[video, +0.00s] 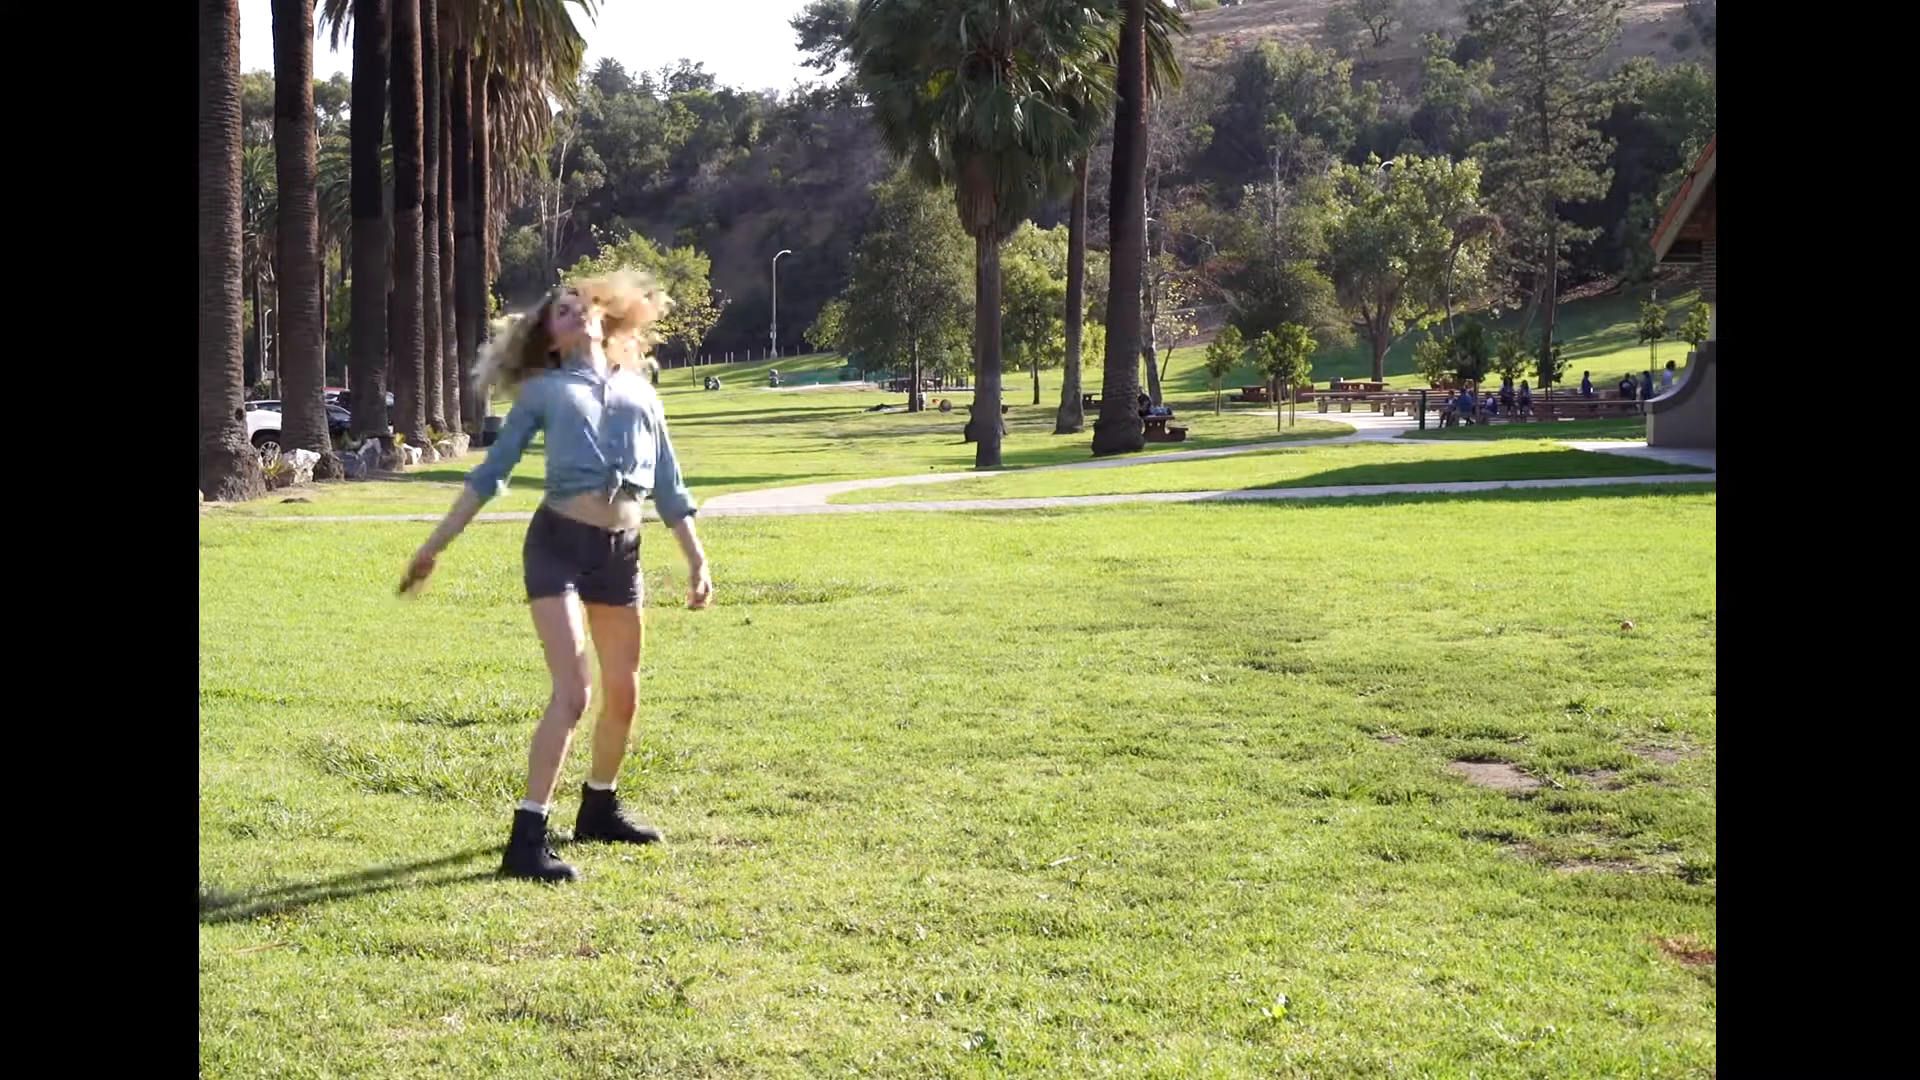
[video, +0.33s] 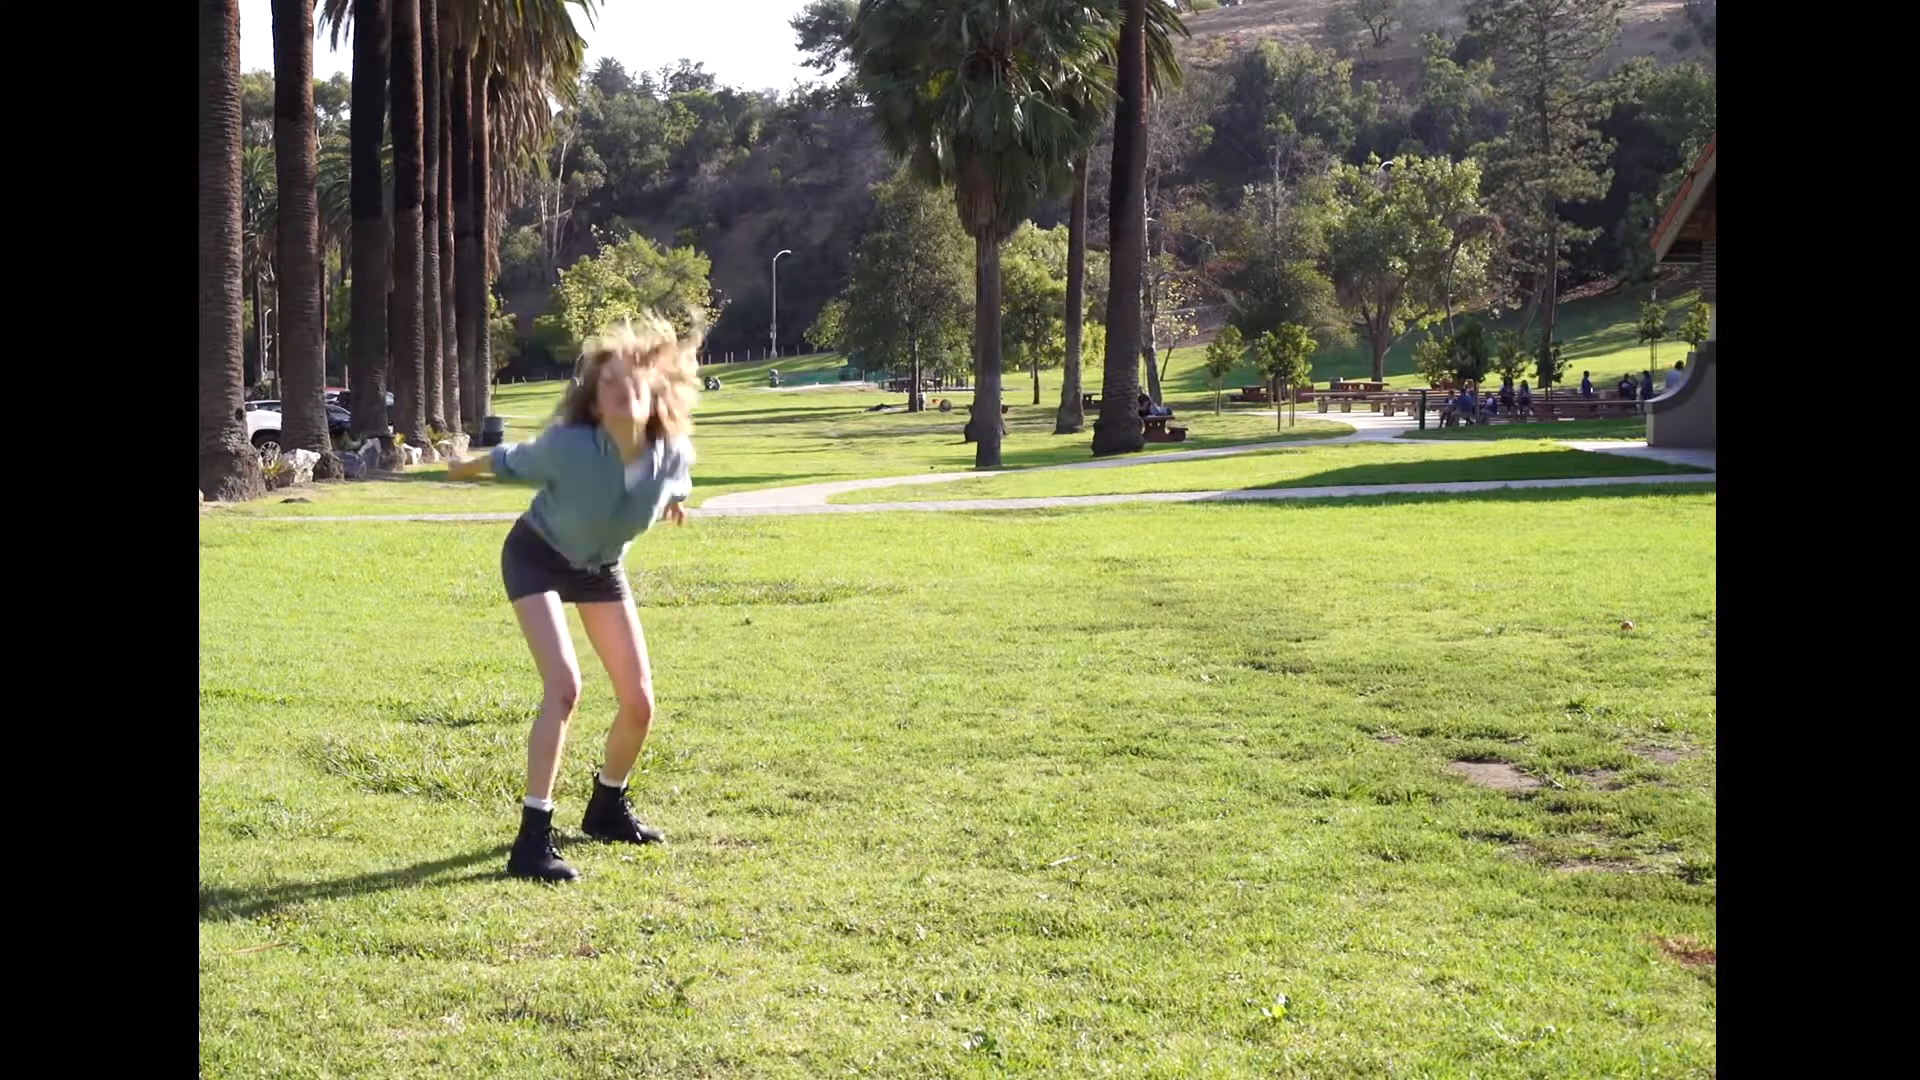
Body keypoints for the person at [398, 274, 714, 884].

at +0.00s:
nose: (572, 305)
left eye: (577, 300)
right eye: (559, 309)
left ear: (601, 317)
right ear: (551, 341)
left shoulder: (640, 388)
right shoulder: (545, 386)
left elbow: (666, 479)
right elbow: (492, 471)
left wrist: (696, 558)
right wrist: (434, 545)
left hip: (620, 551)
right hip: (557, 544)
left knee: (623, 696)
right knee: (574, 693)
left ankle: (599, 810)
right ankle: (527, 839)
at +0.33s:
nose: (623, 388)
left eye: (633, 377)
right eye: (610, 380)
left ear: (653, 390)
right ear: (594, 396)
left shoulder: (671, 450)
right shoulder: (568, 446)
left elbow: (675, 480)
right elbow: (505, 461)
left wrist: (675, 504)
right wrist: (460, 465)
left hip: (601, 565)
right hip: (535, 552)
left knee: (639, 704)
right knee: (563, 687)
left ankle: (606, 809)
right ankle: (533, 840)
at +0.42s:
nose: (635, 463)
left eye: (646, 448)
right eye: (621, 449)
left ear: (665, 456)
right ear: (600, 456)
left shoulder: (673, 500)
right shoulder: (561, 489)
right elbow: (500, 470)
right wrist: (456, 451)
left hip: (595, 569)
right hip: (531, 558)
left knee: (639, 704)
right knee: (565, 686)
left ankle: (606, 809)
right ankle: (534, 841)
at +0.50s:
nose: (641, 546)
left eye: (650, 534)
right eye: (629, 534)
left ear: (664, 528)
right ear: (603, 524)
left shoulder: (653, 548)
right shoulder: (553, 530)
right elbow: (499, 480)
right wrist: (456, 439)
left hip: (589, 582)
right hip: (524, 567)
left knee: (641, 708)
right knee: (553, 690)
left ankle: (602, 811)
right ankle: (530, 843)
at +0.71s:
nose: (628, 598)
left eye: (640, 587)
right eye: (622, 584)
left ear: (664, 552)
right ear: (599, 547)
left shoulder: (674, 523)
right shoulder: (555, 508)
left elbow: (700, 473)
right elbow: (510, 448)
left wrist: (717, 425)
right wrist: (476, 389)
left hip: (596, 567)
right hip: (536, 548)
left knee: (629, 705)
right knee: (547, 690)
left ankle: (601, 812)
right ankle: (528, 840)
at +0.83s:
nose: (622, 483)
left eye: (636, 476)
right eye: (615, 469)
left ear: (657, 458)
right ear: (598, 440)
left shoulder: (666, 449)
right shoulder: (556, 430)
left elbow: (721, 417)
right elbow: (517, 353)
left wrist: (762, 372)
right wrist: (486, 277)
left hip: (620, 550)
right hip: (550, 544)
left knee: (662, 697)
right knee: (555, 684)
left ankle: (644, 771)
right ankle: (521, 828)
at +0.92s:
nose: (624, 427)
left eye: (635, 418)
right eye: (615, 414)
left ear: (651, 412)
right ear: (598, 401)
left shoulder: (670, 450)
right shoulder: (561, 423)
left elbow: (721, 408)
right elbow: (526, 348)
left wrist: (754, 369)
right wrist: (507, 275)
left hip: (627, 564)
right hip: (558, 559)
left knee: (695, 694)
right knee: (556, 695)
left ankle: (719, 784)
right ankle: (507, 826)